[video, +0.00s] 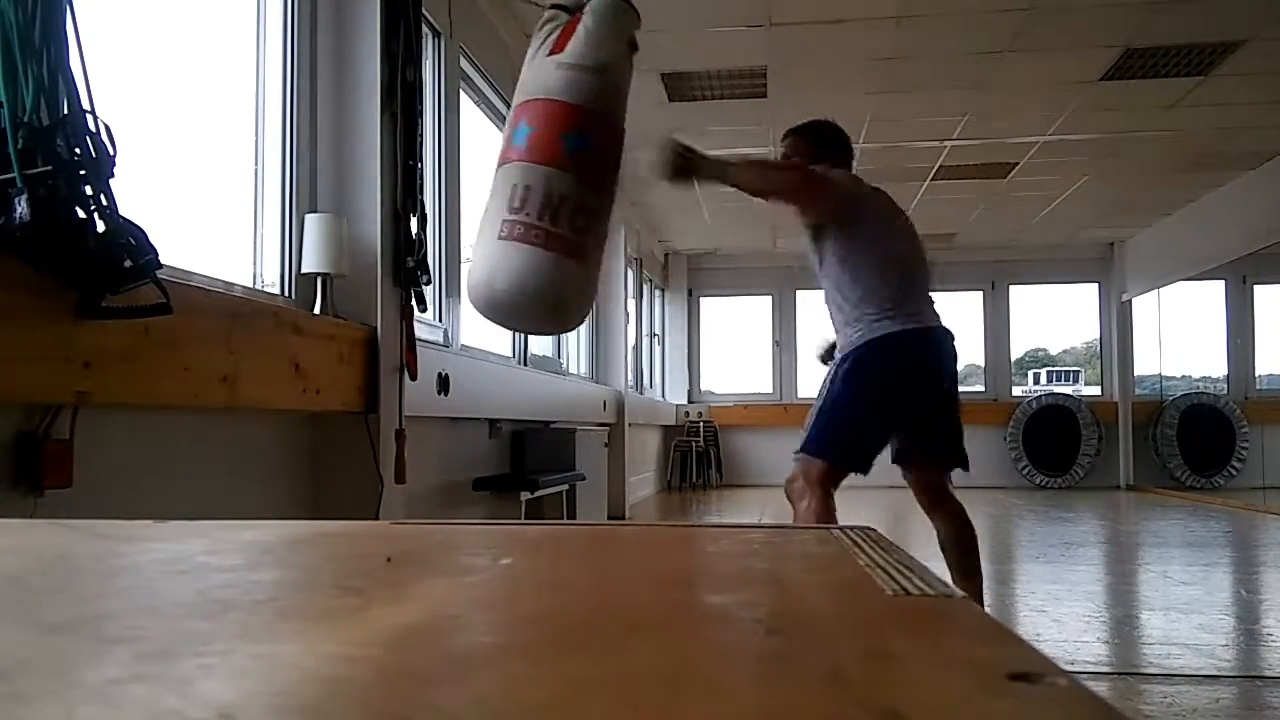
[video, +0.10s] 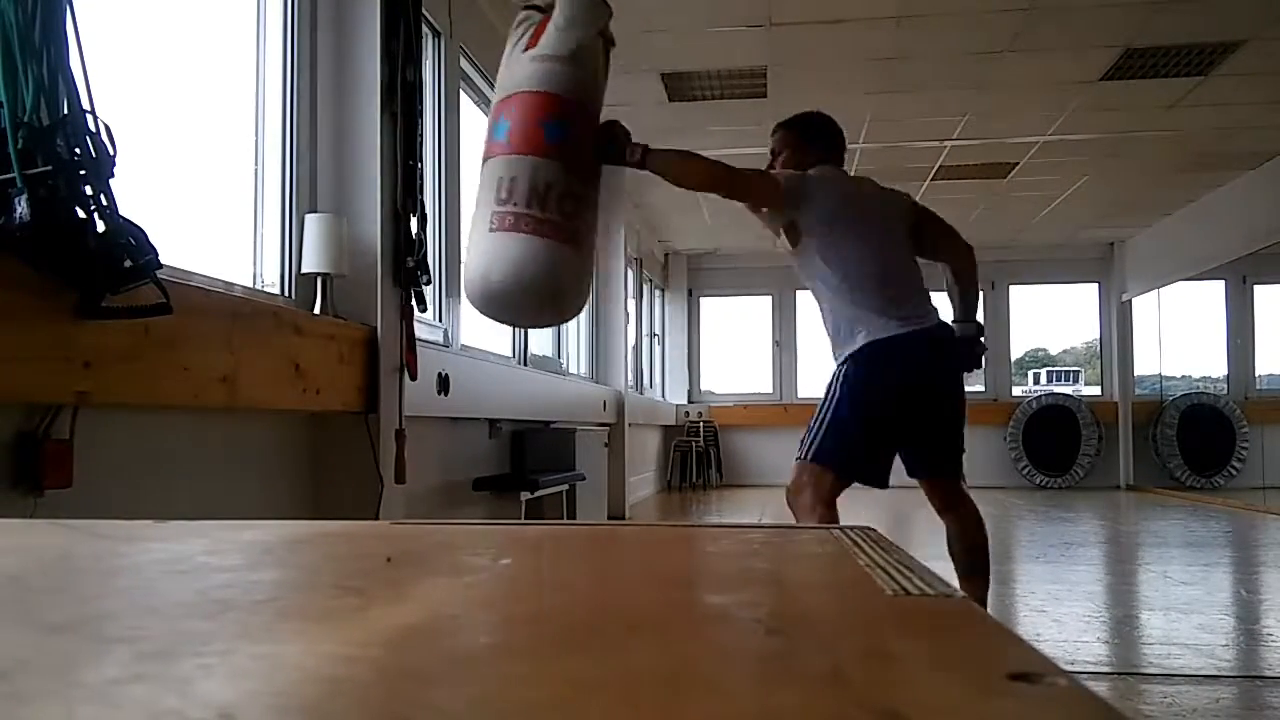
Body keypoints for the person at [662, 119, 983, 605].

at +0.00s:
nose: (783, 170)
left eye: (790, 160)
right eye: (782, 160)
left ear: (819, 162)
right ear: (845, 163)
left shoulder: (830, 189)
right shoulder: (882, 203)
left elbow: (790, 178)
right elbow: (898, 288)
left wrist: (705, 167)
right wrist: (845, 337)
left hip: (876, 354)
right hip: (930, 349)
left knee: (808, 483)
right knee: (933, 487)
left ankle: (824, 609)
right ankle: (975, 615)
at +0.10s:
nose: (770, 168)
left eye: (776, 156)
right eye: (770, 157)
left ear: (802, 153)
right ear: (833, 155)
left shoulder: (802, 189)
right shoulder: (888, 201)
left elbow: (722, 179)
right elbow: (960, 251)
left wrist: (635, 153)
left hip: (876, 359)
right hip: (938, 352)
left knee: (809, 493)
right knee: (950, 494)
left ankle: (842, 624)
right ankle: (977, 620)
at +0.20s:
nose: (778, 149)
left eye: (787, 134)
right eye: (779, 137)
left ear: (820, 136)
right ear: (844, 141)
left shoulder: (821, 182)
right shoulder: (890, 197)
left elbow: (752, 213)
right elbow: (923, 277)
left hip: (872, 362)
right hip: (931, 355)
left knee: (795, 493)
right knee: (952, 494)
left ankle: (825, 627)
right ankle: (978, 623)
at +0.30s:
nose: (805, 125)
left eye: (814, 111)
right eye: (807, 113)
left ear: (847, 115)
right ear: (849, 118)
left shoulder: (871, 173)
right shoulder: (848, 185)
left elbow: (934, 218)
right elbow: (806, 250)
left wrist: (913, 283)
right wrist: (739, 216)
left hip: (854, 360)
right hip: (889, 359)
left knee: (777, 496)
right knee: (928, 494)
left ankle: (806, 630)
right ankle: (968, 611)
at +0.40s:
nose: (844, 92)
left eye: (854, 78)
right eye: (847, 79)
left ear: (888, 83)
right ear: (885, 86)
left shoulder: (935, 148)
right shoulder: (855, 155)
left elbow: (1032, 191)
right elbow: (793, 173)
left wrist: (1006, 255)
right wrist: (729, 134)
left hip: (852, 338)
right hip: (810, 331)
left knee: (799, 494)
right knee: (830, 437)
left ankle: (812, 622)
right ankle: (908, 526)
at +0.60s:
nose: (900, 106)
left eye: (914, 93)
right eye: (905, 92)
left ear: (953, 108)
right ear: (948, 109)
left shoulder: (993, 196)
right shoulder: (896, 160)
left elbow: (925, 246)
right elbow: (844, 236)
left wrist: (861, 183)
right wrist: (793, 248)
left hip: (863, 344)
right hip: (811, 276)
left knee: (860, 487)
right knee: (665, 256)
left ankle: (856, 622)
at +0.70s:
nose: (936, 108)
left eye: (953, 98)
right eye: (943, 96)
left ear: (994, 114)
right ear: (982, 111)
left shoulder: (1015, 221)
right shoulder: (925, 157)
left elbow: (934, 289)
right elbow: (858, 213)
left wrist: (889, 211)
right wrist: (793, 232)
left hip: (879, 351)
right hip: (830, 281)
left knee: (869, 500)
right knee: (678, 276)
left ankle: (868, 631)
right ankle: (573, 311)